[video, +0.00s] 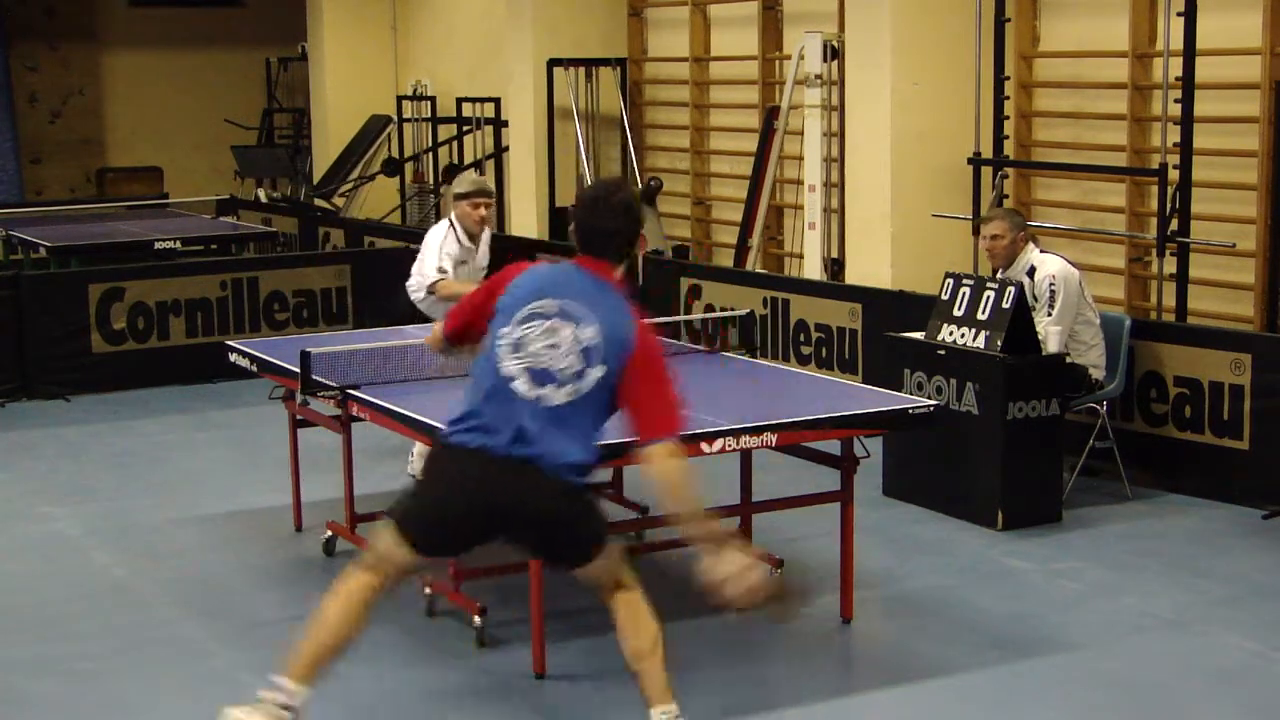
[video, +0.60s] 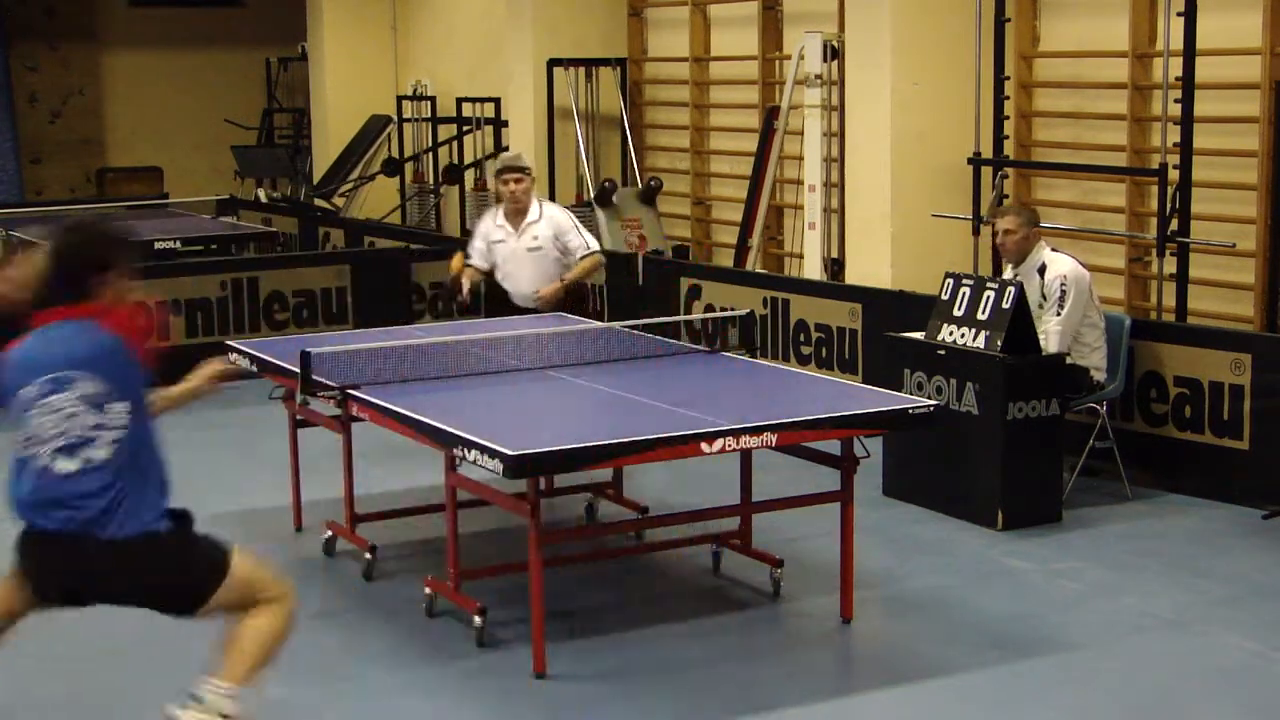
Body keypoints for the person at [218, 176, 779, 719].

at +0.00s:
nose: (647, 239)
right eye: (644, 232)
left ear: (574, 232)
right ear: (636, 245)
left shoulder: (522, 277)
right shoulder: (632, 327)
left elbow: (448, 337)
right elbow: (661, 454)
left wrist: (475, 338)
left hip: (461, 471)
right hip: (547, 490)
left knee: (369, 571)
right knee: (619, 587)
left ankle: (284, 695)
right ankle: (664, 711)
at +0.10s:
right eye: (608, 272)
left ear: (544, 249)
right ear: (599, 275)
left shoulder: (488, 284)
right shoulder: (570, 340)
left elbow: (428, 319)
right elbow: (534, 466)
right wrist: (539, 565)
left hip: (388, 464)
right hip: (471, 489)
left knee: (303, 565)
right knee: (568, 582)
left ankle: (190, 678)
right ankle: (627, 704)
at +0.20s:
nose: (557, 305)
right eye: (557, 295)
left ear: (495, 281)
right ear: (548, 303)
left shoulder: (451, 322)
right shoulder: (477, 362)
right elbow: (402, 460)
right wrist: (361, 556)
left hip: (332, 498)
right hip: (396, 516)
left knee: (258, 617)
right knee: (532, 574)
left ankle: (109, 683)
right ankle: (533, 711)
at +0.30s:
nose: (461, 343)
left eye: (460, 331)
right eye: (459, 333)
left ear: (405, 321)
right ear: (443, 333)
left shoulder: (373, 370)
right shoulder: (372, 386)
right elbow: (276, 475)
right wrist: (234, 561)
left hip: (275, 544)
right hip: (323, 545)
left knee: (222, 656)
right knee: (463, 588)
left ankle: (87, 711)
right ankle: (520, 712)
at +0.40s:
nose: (351, 312)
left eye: (350, 300)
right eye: (346, 301)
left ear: (289, 291)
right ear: (318, 303)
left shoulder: (244, 326)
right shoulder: (256, 371)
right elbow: (220, 499)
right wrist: (264, 561)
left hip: (181, 516)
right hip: (220, 528)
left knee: (170, 647)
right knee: (362, 622)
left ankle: (46, 711)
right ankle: (472, 716)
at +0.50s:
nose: (230, 283)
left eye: (232, 271)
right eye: (228, 271)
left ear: (167, 262)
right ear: (207, 274)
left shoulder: (97, 320)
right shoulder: (197, 349)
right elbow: (278, 415)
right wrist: (299, 393)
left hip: (90, 530)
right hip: (169, 534)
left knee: (108, 596)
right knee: (318, 588)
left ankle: (14, 693)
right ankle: (361, 710)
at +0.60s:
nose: (131, 290)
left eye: (129, 277)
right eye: (124, 277)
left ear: (58, 279)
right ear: (101, 282)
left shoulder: (16, 358)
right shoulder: (109, 344)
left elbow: (99, 416)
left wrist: (187, 388)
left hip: (49, 557)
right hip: (135, 552)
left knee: (7, 604)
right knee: (273, 596)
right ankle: (215, 699)